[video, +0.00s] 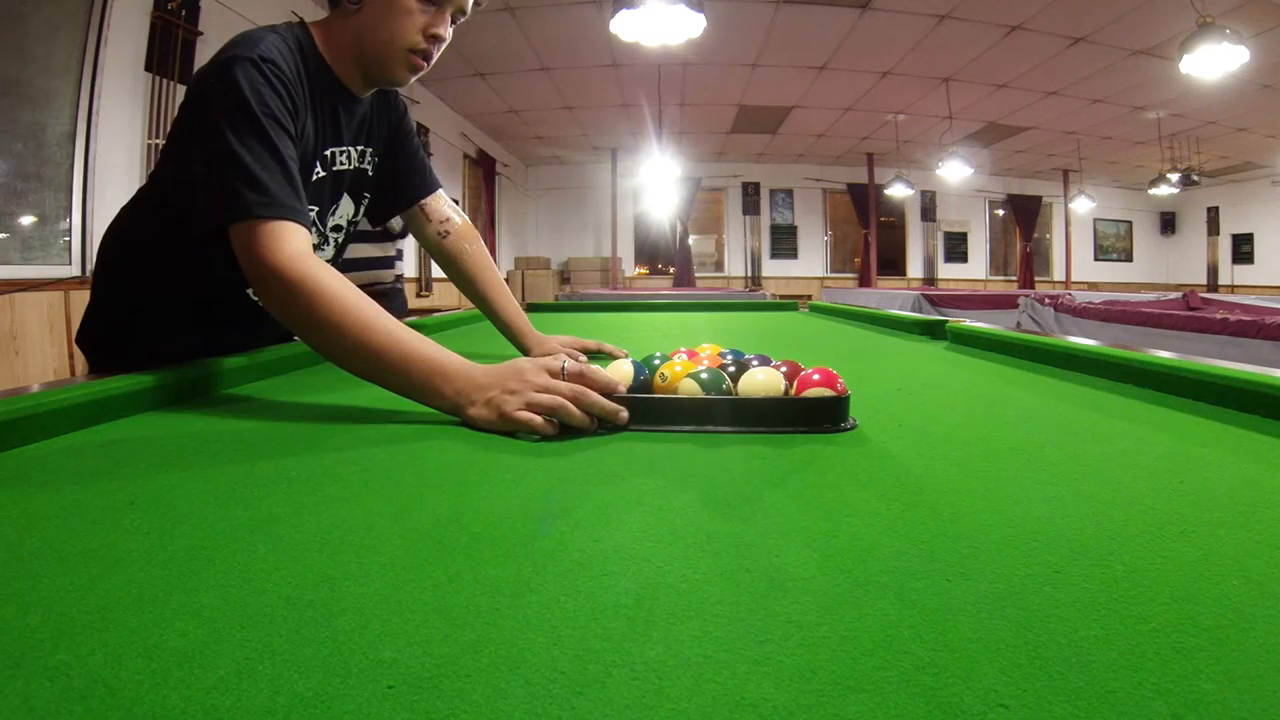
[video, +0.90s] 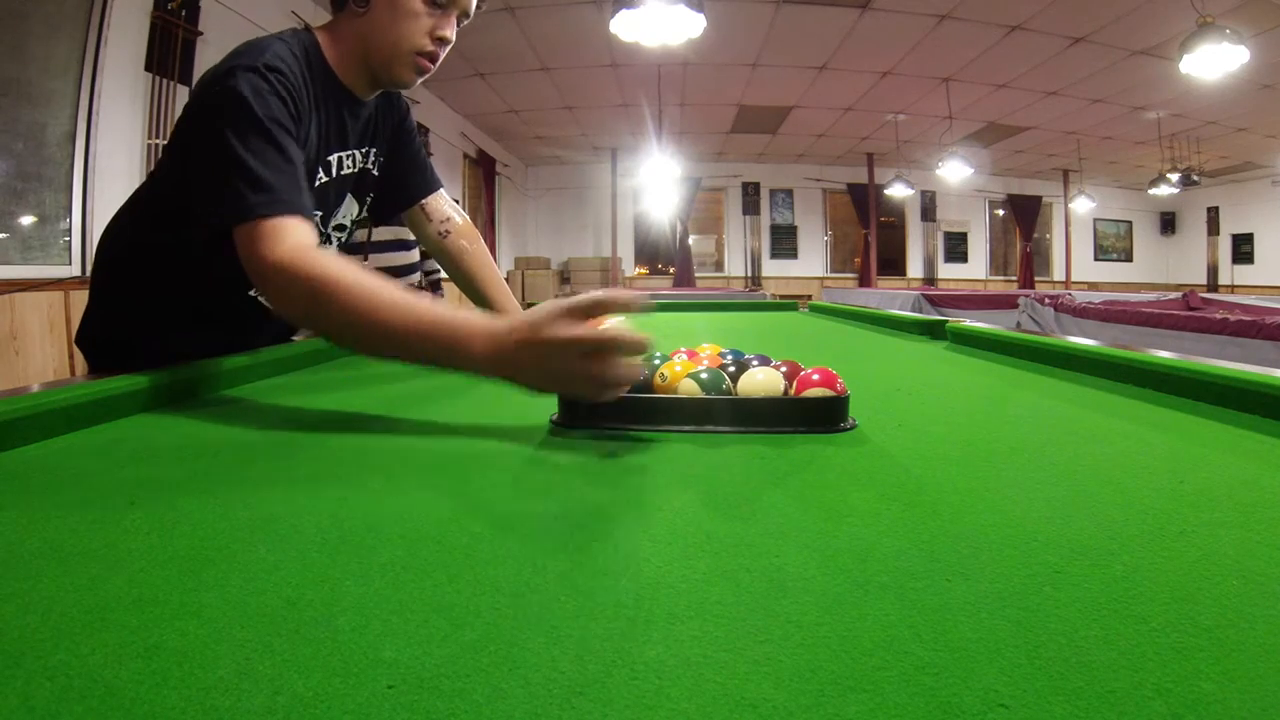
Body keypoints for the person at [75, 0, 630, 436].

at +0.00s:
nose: (442, 34)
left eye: (453, 18)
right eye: (429, 5)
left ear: (454, 26)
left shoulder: (383, 102)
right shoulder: (255, 71)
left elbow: (441, 224)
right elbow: (278, 267)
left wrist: (529, 337)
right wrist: (468, 384)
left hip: (263, 336)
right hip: (152, 342)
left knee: (243, 527)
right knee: (140, 537)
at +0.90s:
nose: (450, 35)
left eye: (458, 21)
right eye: (438, 6)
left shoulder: (386, 110)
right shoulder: (259, 81)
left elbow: (447, 225)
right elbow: (283, 266)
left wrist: (517, 329)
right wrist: (496, 347)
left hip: (258, 333)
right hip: (150, 334)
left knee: (243, 513)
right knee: (141, 522)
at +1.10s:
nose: (454, 41)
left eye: (463, 26)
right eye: (442, 12)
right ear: (366, 0)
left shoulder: (389, 109)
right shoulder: (273, 75)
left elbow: (446, 228)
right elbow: (330, 235)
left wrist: (523, 329)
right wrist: (579, 302)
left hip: (261, 334)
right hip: (151, 337)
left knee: (253, 518)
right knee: (144, 526)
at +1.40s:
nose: (457, 48)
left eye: (467, 33)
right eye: (446, 17)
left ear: (449, 41)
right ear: (376, 1)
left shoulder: (387, 112)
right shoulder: (280, 76)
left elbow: (449, 227)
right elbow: (312, 232)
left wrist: (523, 330)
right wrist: (569, 301)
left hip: (255, 337)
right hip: (149, 338)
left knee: (238, 524)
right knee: (133, 534)